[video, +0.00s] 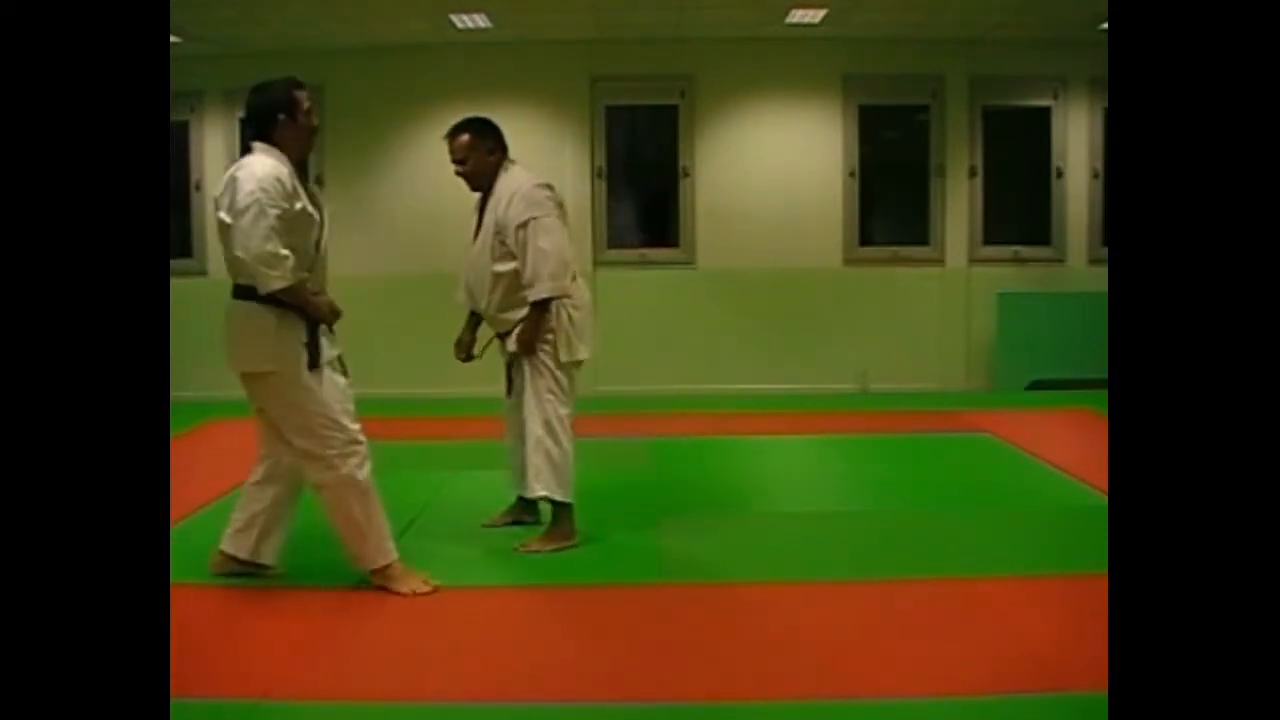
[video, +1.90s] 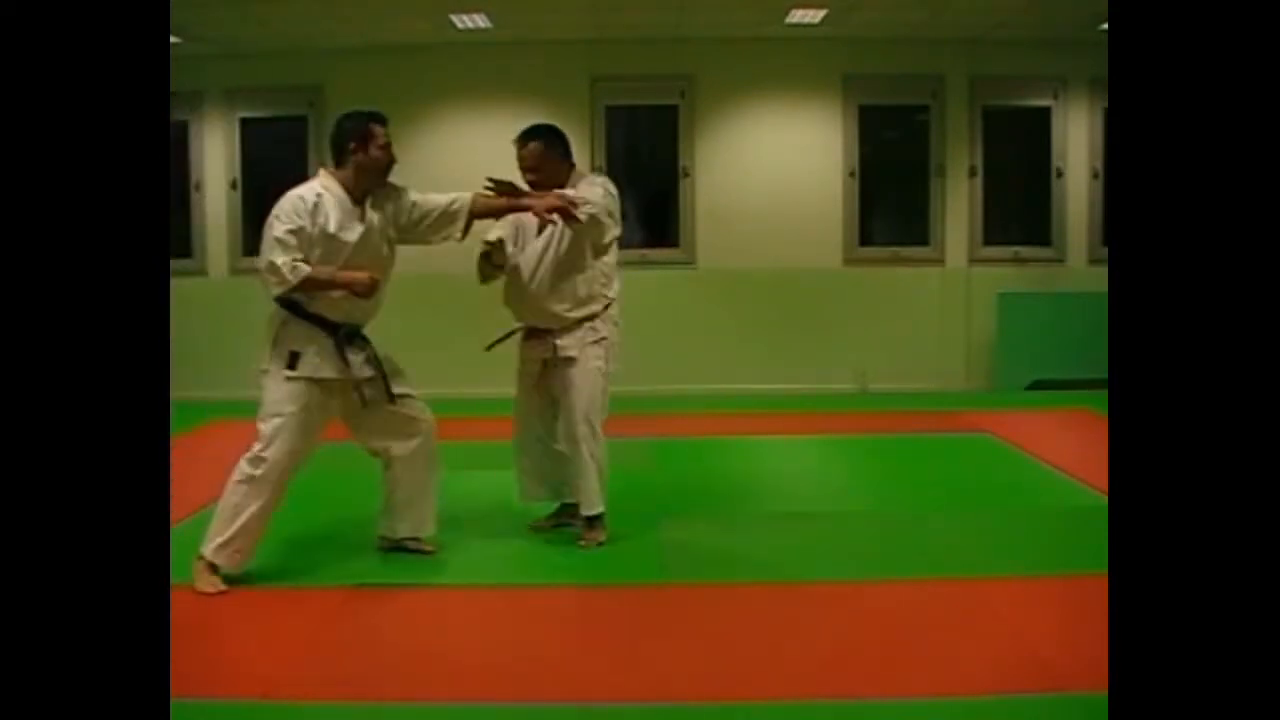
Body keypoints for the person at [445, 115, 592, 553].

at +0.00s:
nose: (458, 170)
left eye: (464, 160)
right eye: (455, 162)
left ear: (493, 154)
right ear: (482, 159)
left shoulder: (525, 195)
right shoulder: (493, 198)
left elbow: (548, 260)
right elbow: (485, 270)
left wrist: (534, 322)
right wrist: (470, 327)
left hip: (549, 319)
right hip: (519, 320)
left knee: (548, 415)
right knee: (521, 413)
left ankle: (562, 520)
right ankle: (526, 501)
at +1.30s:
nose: (488, 164)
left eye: (494, 153)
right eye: (486, 155)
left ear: (521, 150)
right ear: (518, 153)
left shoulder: (544, 190)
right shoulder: (528, 192)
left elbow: (516, 261)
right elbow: (511, 263)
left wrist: (487, 314)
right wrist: (493, 316)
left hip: (566, 316)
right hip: (549, 317)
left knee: (550, 416)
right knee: (546, 415)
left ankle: (562, 518)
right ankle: (559, 509)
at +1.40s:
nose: (493, 166)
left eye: (498, 156)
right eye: (491, 158)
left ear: (528, 153)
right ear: (522, 156)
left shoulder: (550, 193)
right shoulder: (530, 197)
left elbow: (518, 250)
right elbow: (521, 272)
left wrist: (472, 273)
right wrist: (490, 323)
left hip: (572, 319)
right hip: (550, 321)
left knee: (552, 419)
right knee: (545, 416)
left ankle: (560, 521)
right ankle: (567, 506)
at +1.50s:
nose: (500, 168)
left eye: (507, 159)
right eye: (498, 160)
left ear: (535, 154)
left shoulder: (557, 187)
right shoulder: (526, 202)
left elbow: (504, 225)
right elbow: (498, 273)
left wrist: (459, 221)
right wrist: (448, 297)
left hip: (581, 320)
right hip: (552, 325)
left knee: (562, 418)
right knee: (546, 419)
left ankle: (565, 519)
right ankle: (563, 511)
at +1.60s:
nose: (507, 169)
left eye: (514, 159)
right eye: (504, 161)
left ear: (541, 156)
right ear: (516, 160)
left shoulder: (566, 188)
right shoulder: (527, 199)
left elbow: (507, 208)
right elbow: (492, 256)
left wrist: (456, 186)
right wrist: (427, 267)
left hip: (584, 322)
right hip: (548, 328)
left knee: (566, 415)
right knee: (546, 418)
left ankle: (569, 516)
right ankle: (559, 508)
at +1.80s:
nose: (526, 173)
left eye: (532, 163)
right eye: (520, 167)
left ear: (557, 159)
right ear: (517, 169)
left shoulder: (590, 188)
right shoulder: (519, 206)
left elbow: (554, 199)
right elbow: (493, 245)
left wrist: (502, 176)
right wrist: (449, 239)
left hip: (585, 324)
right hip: (538, 329)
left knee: (572, 411)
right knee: (541, 419)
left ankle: (592, 511)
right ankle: (568, 505)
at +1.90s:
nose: (529, 179)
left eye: (535, 169)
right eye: (524, 171)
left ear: (560, 161)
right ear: (520, 171)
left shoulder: (597, 190)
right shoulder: (519, 212)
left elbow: (581, 215)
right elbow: (489, 271)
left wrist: (523, 199)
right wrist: (491, 252)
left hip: (585, 330)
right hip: (538, 333)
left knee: (579, 425)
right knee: (540, 426)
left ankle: (593, 514)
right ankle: (567, 504)